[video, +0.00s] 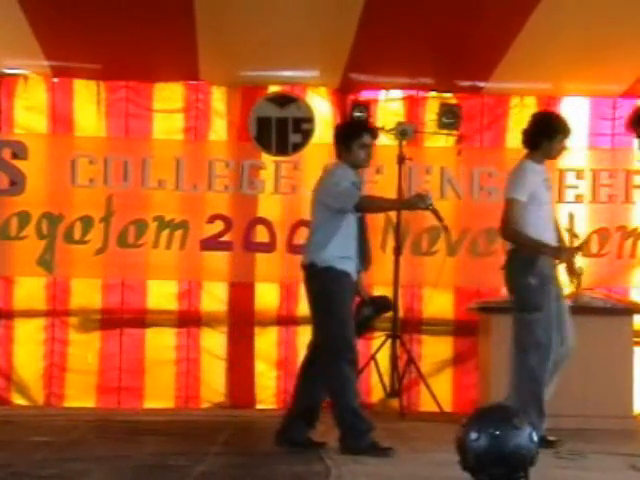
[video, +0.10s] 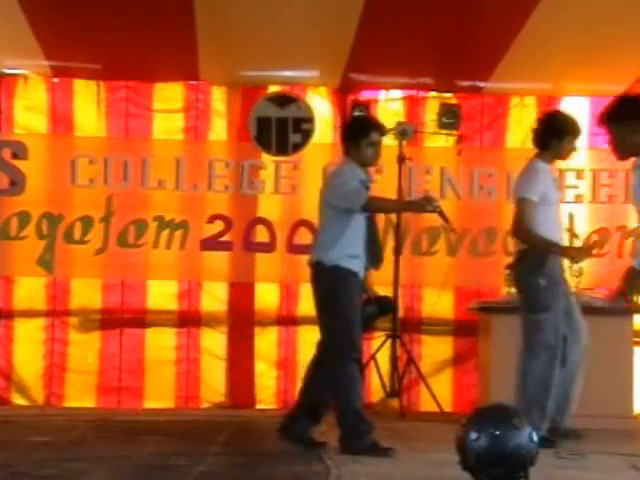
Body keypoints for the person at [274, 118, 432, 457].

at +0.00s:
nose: (368, 153)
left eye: (370, 147)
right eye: (362, 147)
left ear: (368, 149)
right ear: (345, 148)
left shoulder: (346, 180)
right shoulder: (336, 176)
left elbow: (341, 241)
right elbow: (357, 204)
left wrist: (356, 282)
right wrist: (405, 203)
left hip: (337, 273)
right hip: (327, 272)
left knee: (324, 352)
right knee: (341, 353)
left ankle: (294, 429)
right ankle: (355, 436)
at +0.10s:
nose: (378, 152)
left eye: (379, 145)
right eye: (373, 145)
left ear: (362, 147)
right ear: (356, 146)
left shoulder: (353, 179)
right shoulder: (344, 177)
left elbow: (347, 238)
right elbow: (366, 205)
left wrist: (359, 280)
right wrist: (410, 206)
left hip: (344, 272)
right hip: (334, 271)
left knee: (334, 351)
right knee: (345, 352)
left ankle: (298, 424)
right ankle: (355, 436)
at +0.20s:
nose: (382, 152)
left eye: (384, 145)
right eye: (377, 145)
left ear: (374, 147)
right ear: (359, 146)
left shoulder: (359, 180)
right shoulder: (349, 176)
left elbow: (354, 237)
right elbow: (369, 205)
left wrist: (365, 278)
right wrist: (412, 207)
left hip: (349, 272)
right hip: (338, 271)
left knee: (341, 352)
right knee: (348, 353)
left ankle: (301, 421)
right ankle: (355, 436)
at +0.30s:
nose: (388, 153)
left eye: (390, 146)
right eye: (382, 145)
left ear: (387, 148)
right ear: (365, 146)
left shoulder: (366, 181)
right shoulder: (355, 176)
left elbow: (359, 239)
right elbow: (377, 205)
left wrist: (369, 279)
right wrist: (421, 209)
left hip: (354, 272)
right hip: (342, 270)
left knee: (347, 353)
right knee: (351, 353)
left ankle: (305, 419)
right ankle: (356, 436)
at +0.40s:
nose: (393, 154)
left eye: (394, 147)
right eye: (387, 146)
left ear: (387, 148)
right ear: (370, 147)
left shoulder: (367, 181)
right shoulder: (358, 177)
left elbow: (361, 239)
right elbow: (379, 206)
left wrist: (373, 277)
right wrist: (422, 211)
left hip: (355, 271)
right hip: (344, 270)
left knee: (350, 354)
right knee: (352, 354)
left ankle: (307, 417)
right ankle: (356, 437)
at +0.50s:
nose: (398, 155)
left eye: (399, 148)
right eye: (393, 147)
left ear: (385, 149)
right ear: (374, 146)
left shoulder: (369, 181)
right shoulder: (359, 178)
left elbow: (363, 239)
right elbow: (381, 208)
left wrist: (374, 281)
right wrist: (422, 214)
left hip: (356, 272)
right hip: (344, 270)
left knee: (352, 353)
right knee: (353, 353)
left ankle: (309, 415)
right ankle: (356, 436)